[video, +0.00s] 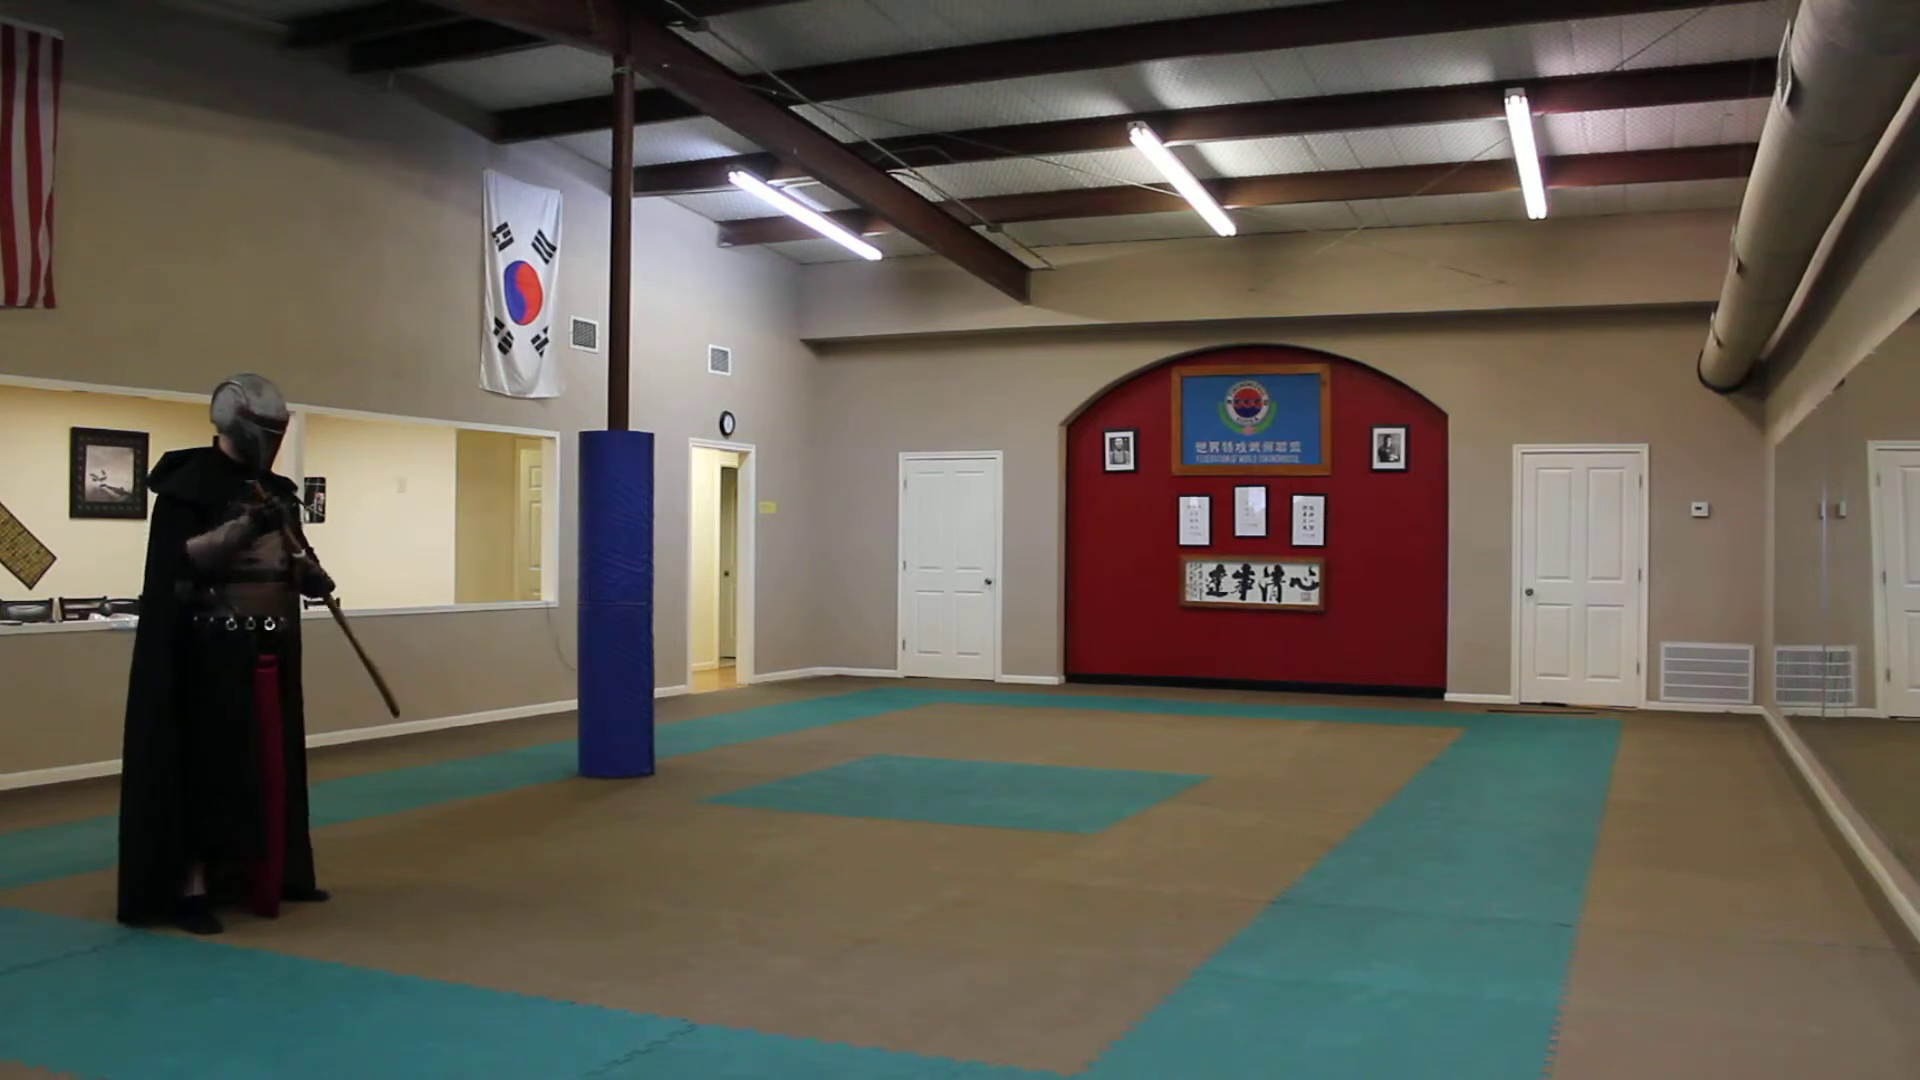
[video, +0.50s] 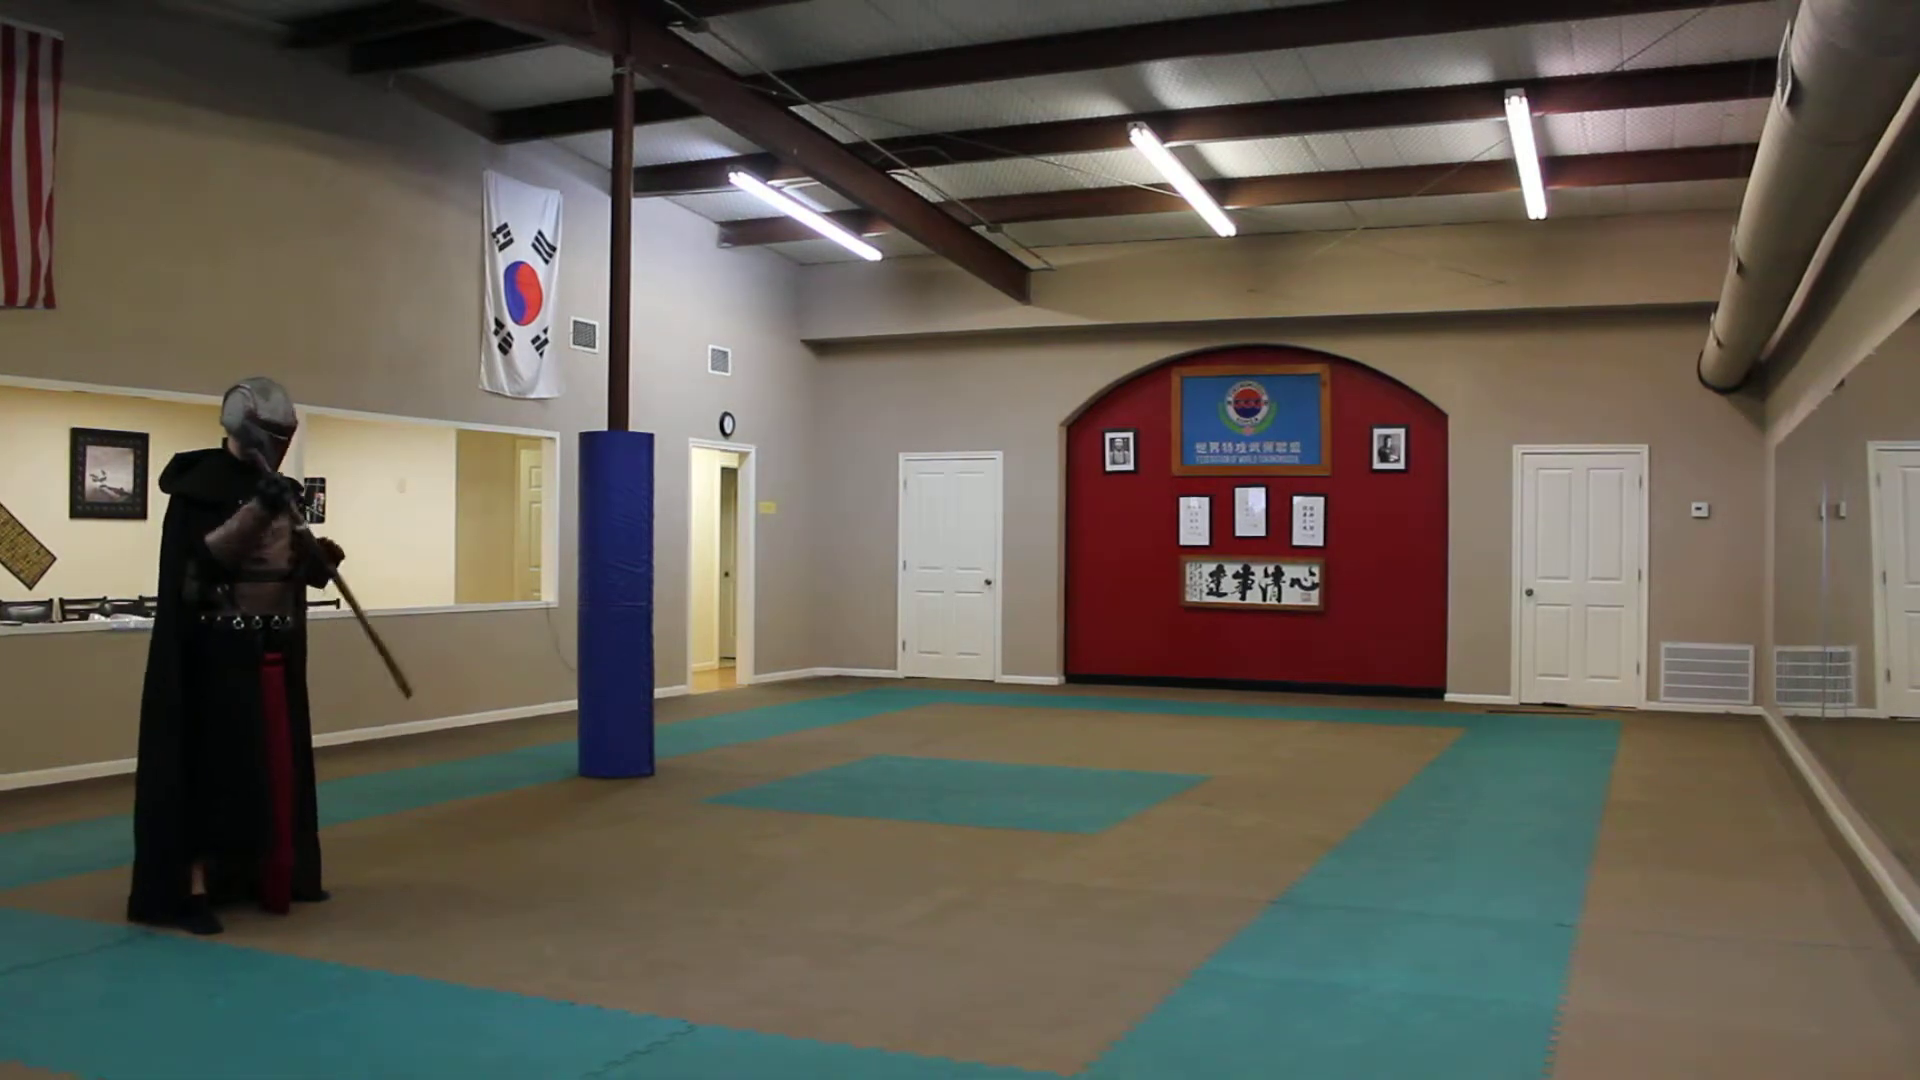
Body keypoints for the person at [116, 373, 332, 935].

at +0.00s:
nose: (277, 440)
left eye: (280, 430)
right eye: (269, 429)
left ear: (268, 429)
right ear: (235, 424)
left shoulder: (275, 491)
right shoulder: (192, 479)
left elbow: (288, 554)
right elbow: (169, 558)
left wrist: (308, 572)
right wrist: (234, 531)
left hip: (268, 647)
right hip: (204, 648)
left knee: (275, 762)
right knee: (199, 764)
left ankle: (280, 873)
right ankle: (189, 888)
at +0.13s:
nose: (276, 442)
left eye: (280, 431)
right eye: (268, 431)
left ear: (277, 431)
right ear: (234, 426)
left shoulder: (277, 490)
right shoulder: (193, 478)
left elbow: (294, 555)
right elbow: (182, 553)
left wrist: (312, 581)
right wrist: (242, 507)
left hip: (270, 644)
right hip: (208, 646)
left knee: (275, 761)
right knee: (201, 762)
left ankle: (277, 874)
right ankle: (190, 886)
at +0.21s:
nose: (277, 442)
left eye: (281, 431)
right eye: (267, 430)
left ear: (282, 430)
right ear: (233, 425)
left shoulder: (279, 490)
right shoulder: (195, 477)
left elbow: (293, 562)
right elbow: (189, 553)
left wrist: (312, 583)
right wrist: (252, 510)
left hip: (273, 643)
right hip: (210, 645)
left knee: (276, 762)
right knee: (203, 761)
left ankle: (279, 875)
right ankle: (191, 886)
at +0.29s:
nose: (278, 441)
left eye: (282, 431)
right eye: (269, 429)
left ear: (279, 430)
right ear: (236, 425)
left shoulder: (278, 490)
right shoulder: (197, 478)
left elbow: (288, 562)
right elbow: (183, 558)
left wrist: (310, 581)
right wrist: (254, 517)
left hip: (273, 644)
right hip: (211, 645)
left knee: (276, 761)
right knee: (204, 761)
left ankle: (277, 875)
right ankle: (190, 886)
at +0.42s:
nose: (284, 441)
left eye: (287, 430)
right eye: (276, 429)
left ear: (278, 430)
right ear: (241, 425)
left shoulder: (281, 492)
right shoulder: (200, 480)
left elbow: (288, 558)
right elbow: (183, 558)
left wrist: (308, 566)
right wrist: (256, 526)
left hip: (274, 645)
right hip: (212, 646)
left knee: (280, 762)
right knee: (205, 762)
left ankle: (282, 874)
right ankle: (192, 887)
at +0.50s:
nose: (285, 443)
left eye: (289, 433)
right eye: (277, 432)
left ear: (284, 433)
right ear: (242, 426)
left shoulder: (280, 491)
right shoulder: (204, 479)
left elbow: (285, 562)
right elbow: (195, 559)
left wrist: (316, 561)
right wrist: (260, 506)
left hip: (271, 644)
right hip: (211, 646)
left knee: (277, 760)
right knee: (203, 761)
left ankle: (275, 874)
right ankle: (188, 887)